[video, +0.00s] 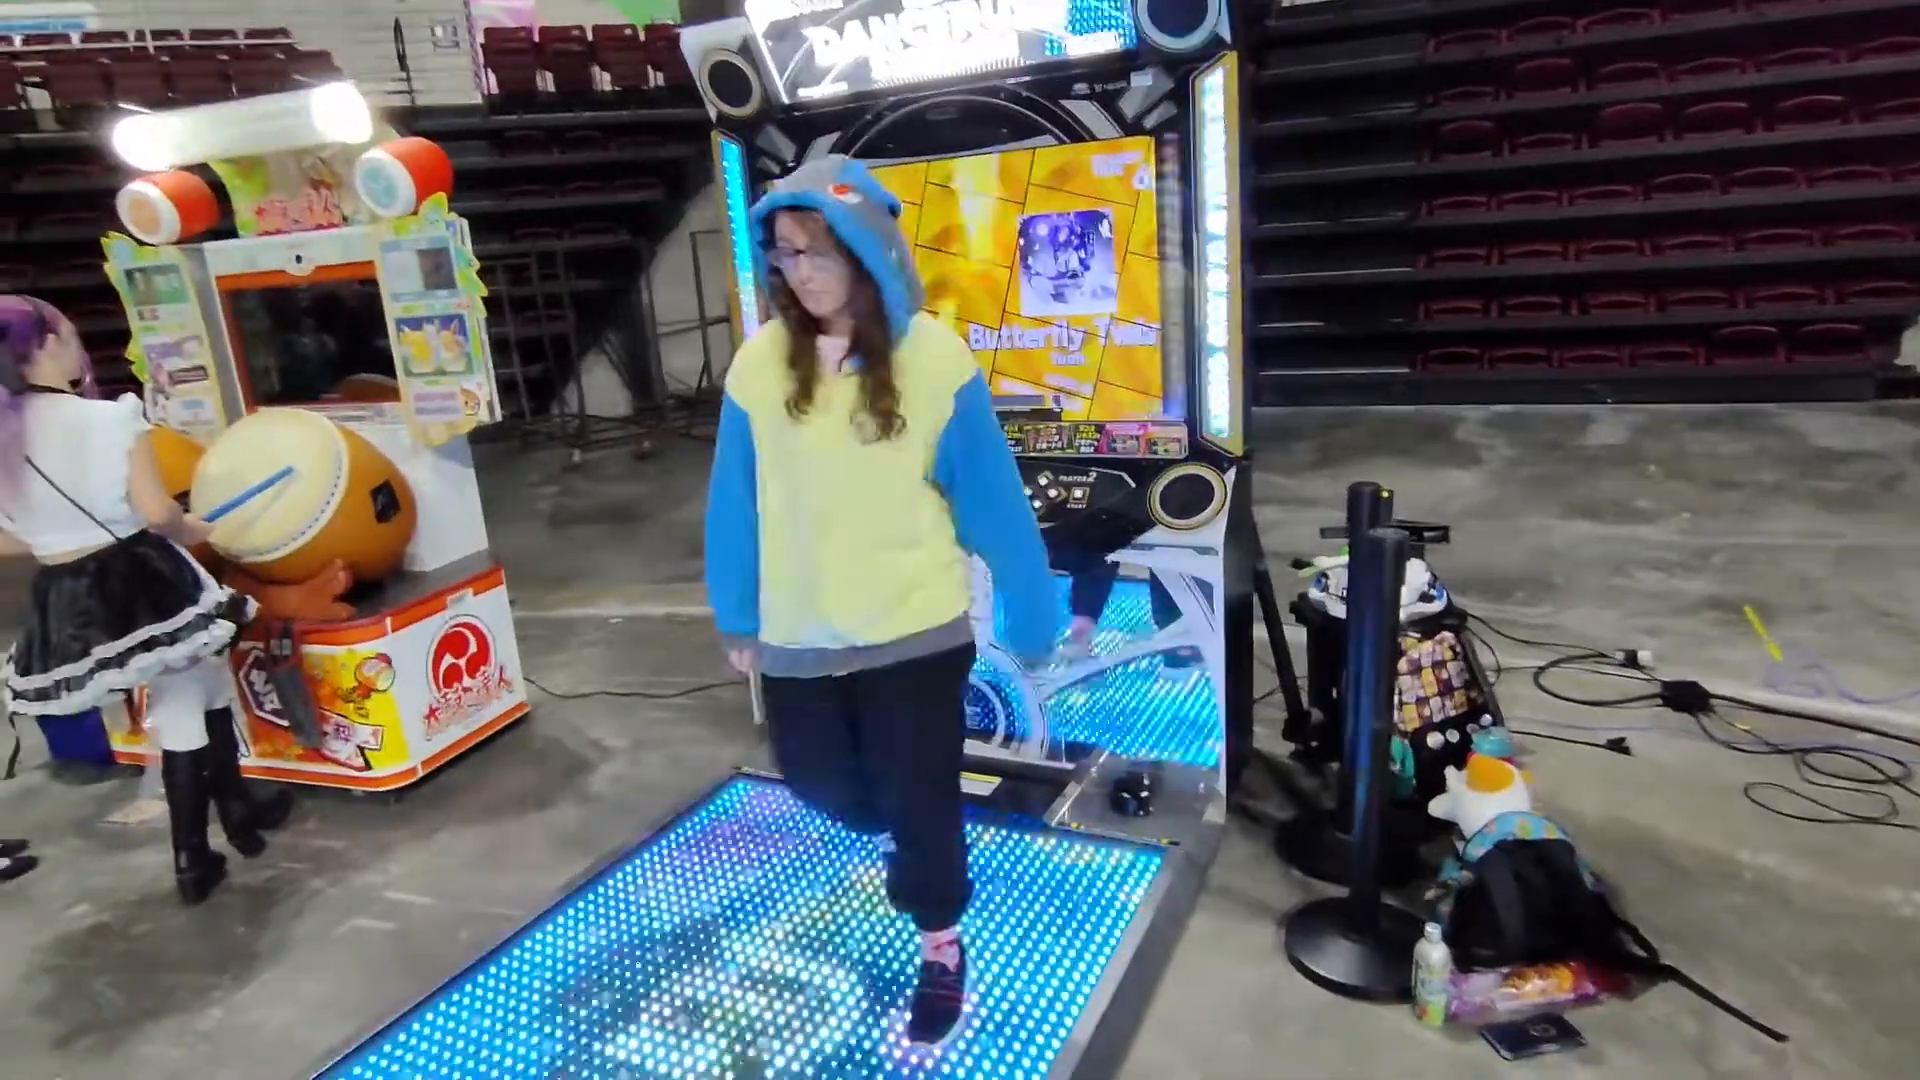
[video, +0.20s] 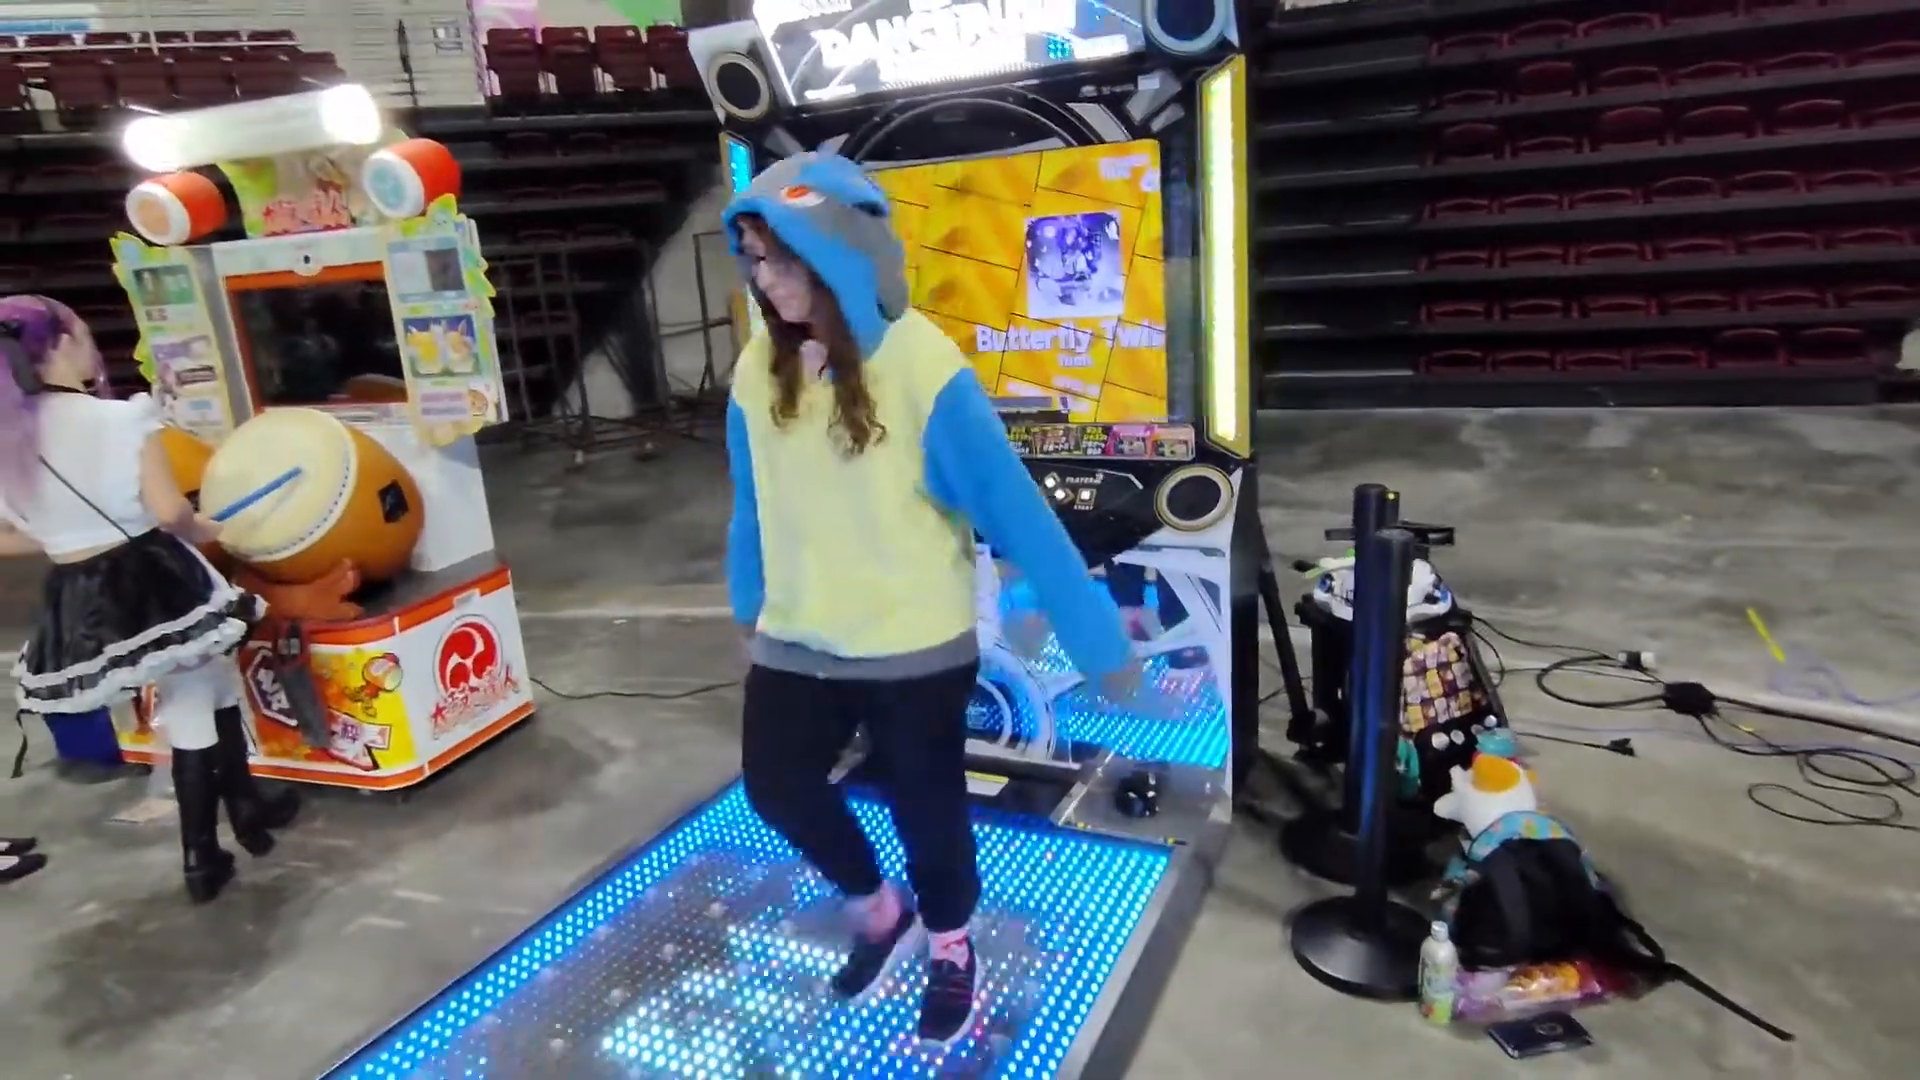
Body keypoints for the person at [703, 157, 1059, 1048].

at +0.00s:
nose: (797, 270)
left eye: (814, 251)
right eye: (785, 255)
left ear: (865, 255)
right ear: (776, 264)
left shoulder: (929, 355)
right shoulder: (762, 359)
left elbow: (994, 493)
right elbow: (731, 499)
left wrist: (1033, 613)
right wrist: (735, 614)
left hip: (913, 630)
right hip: (797, 635)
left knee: (917, 800)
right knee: (825, 785)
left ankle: (941, 951)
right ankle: (916, 821)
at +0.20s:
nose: (764, 277)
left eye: (781, 257)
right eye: (756, 260)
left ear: (837, 261)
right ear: (752, 269)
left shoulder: (919, 364)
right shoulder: (761, 361)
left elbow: (1017, 510)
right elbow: (750, 495)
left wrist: (1101, 643)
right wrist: (753, 598)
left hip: (914, 638)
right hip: (798, 631)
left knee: (926, 805)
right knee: (778, 786)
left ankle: (950, 944)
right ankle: (876, 908)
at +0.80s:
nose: (583, 294)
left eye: (597, 267)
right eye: (579, 270)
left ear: (661, 262)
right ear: (658, 265)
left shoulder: (696, 393)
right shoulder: (703, 361)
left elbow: (714, 582)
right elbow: (718, 562)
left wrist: (686, 731)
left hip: (726, 691)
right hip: (729, 678)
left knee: (704, 864)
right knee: (728, 851)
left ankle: (786, 995)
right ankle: (778, 988)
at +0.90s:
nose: (531, 280)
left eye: (544, 256)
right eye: (531, 257)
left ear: (598, 258)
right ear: (624, 255)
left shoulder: (623, 385)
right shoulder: (674, 348)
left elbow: (577, 571)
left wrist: (454, 711)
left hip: (658, 686)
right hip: (724, 663)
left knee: (607, 857)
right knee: (721, 827)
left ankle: (641, 1045)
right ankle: (751, 989)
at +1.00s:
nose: (494, 284)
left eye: (504, 262)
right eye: (493, 262)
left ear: (563, 261)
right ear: (603, 256)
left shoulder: (580, 389)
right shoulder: (660, 348)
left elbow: (501, 575)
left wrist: (335, 700)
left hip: (621, 692)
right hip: (706, 665)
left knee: (582, 872)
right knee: (716, 832)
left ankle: (561, 1050)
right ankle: (743, 988)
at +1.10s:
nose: (439, 279)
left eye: (448, 254)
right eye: (440, 253)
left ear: (503, 254)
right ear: (563, 247)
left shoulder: (505, 399)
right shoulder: (628, 341)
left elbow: (392, 585)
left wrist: (209, 718)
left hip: (575, 704)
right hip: (681, 665)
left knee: (534, 881)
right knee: (701, 827)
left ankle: (494, 1053)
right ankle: (734, 975)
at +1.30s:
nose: (326, 231)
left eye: (336, 211)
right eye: (333, 208)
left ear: (364, 223)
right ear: (468, 209)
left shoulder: (358, 353)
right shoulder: (545, 314)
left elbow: (291, 544)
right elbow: (585, 469)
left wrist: (236, 706)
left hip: (458, 679)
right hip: (594, 637)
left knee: (459, 855)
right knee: (616, 780)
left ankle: (463, 1027)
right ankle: (698, 946)